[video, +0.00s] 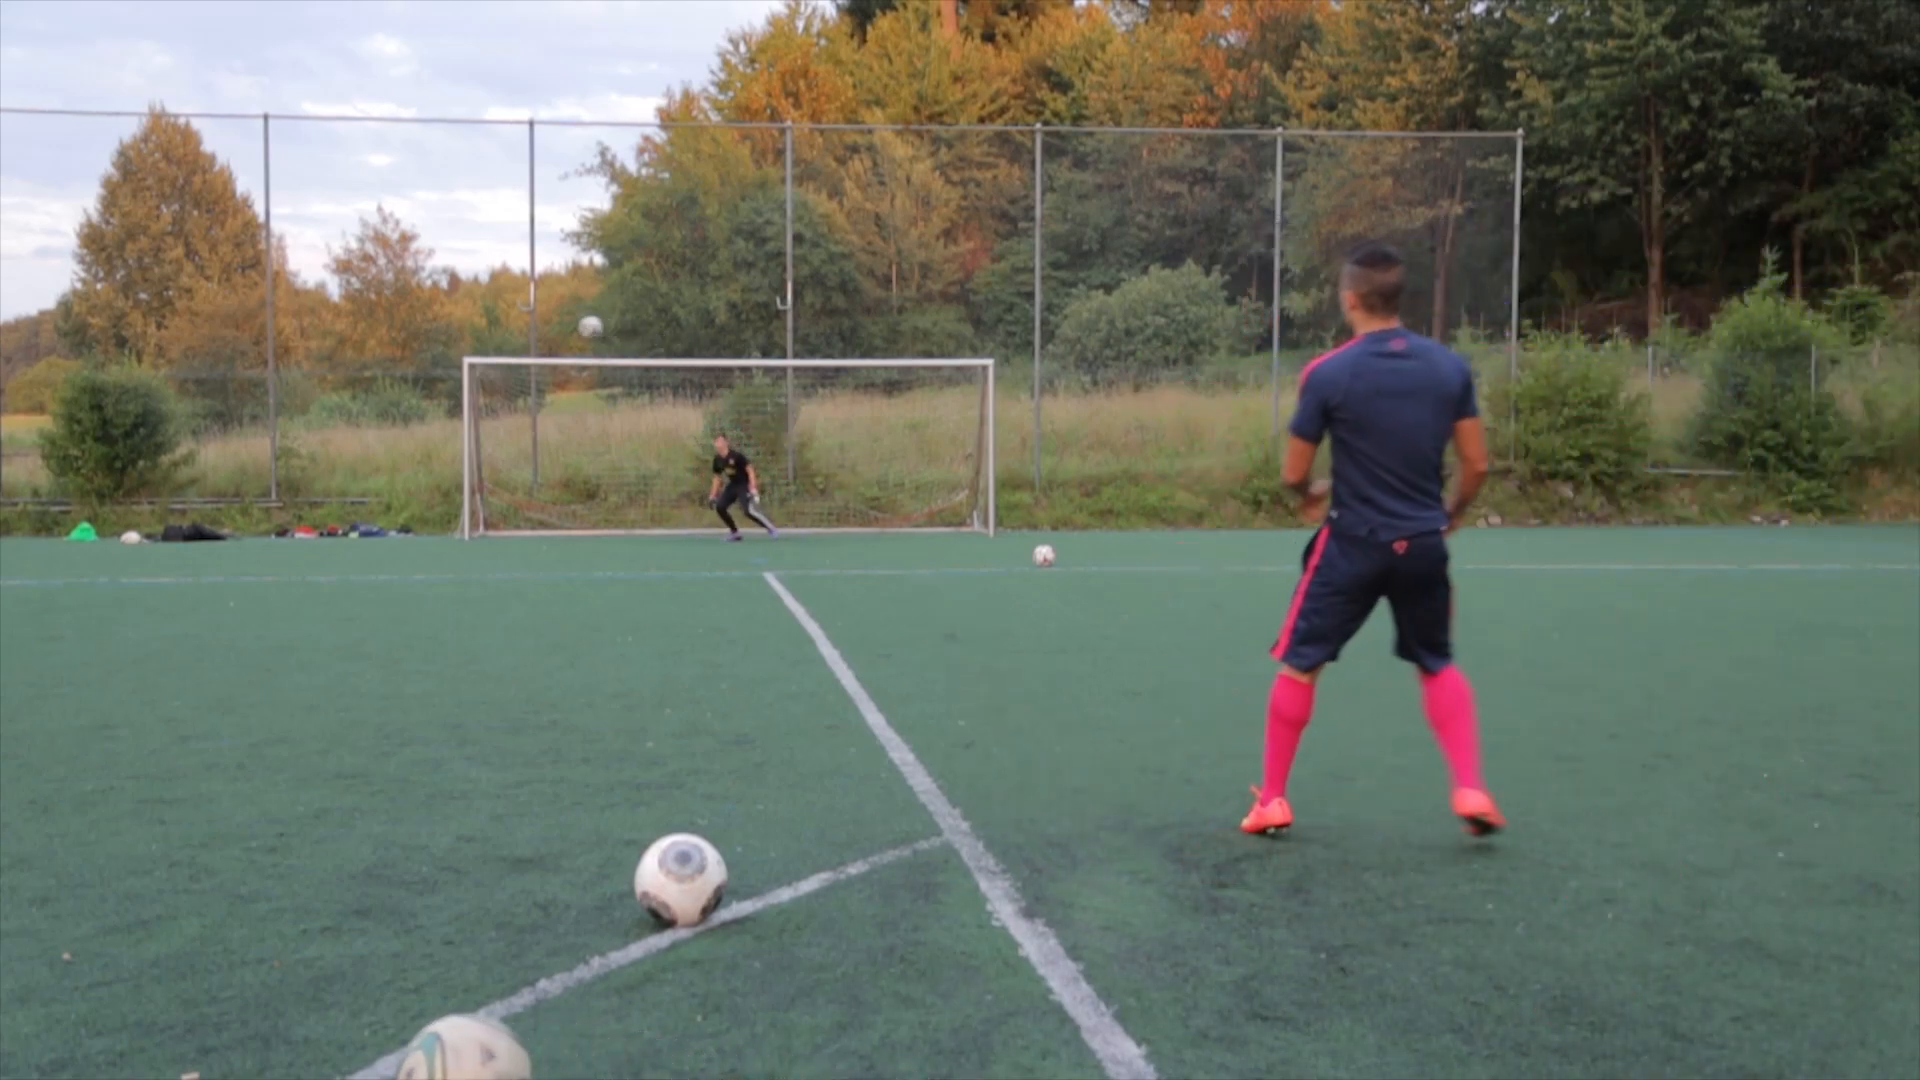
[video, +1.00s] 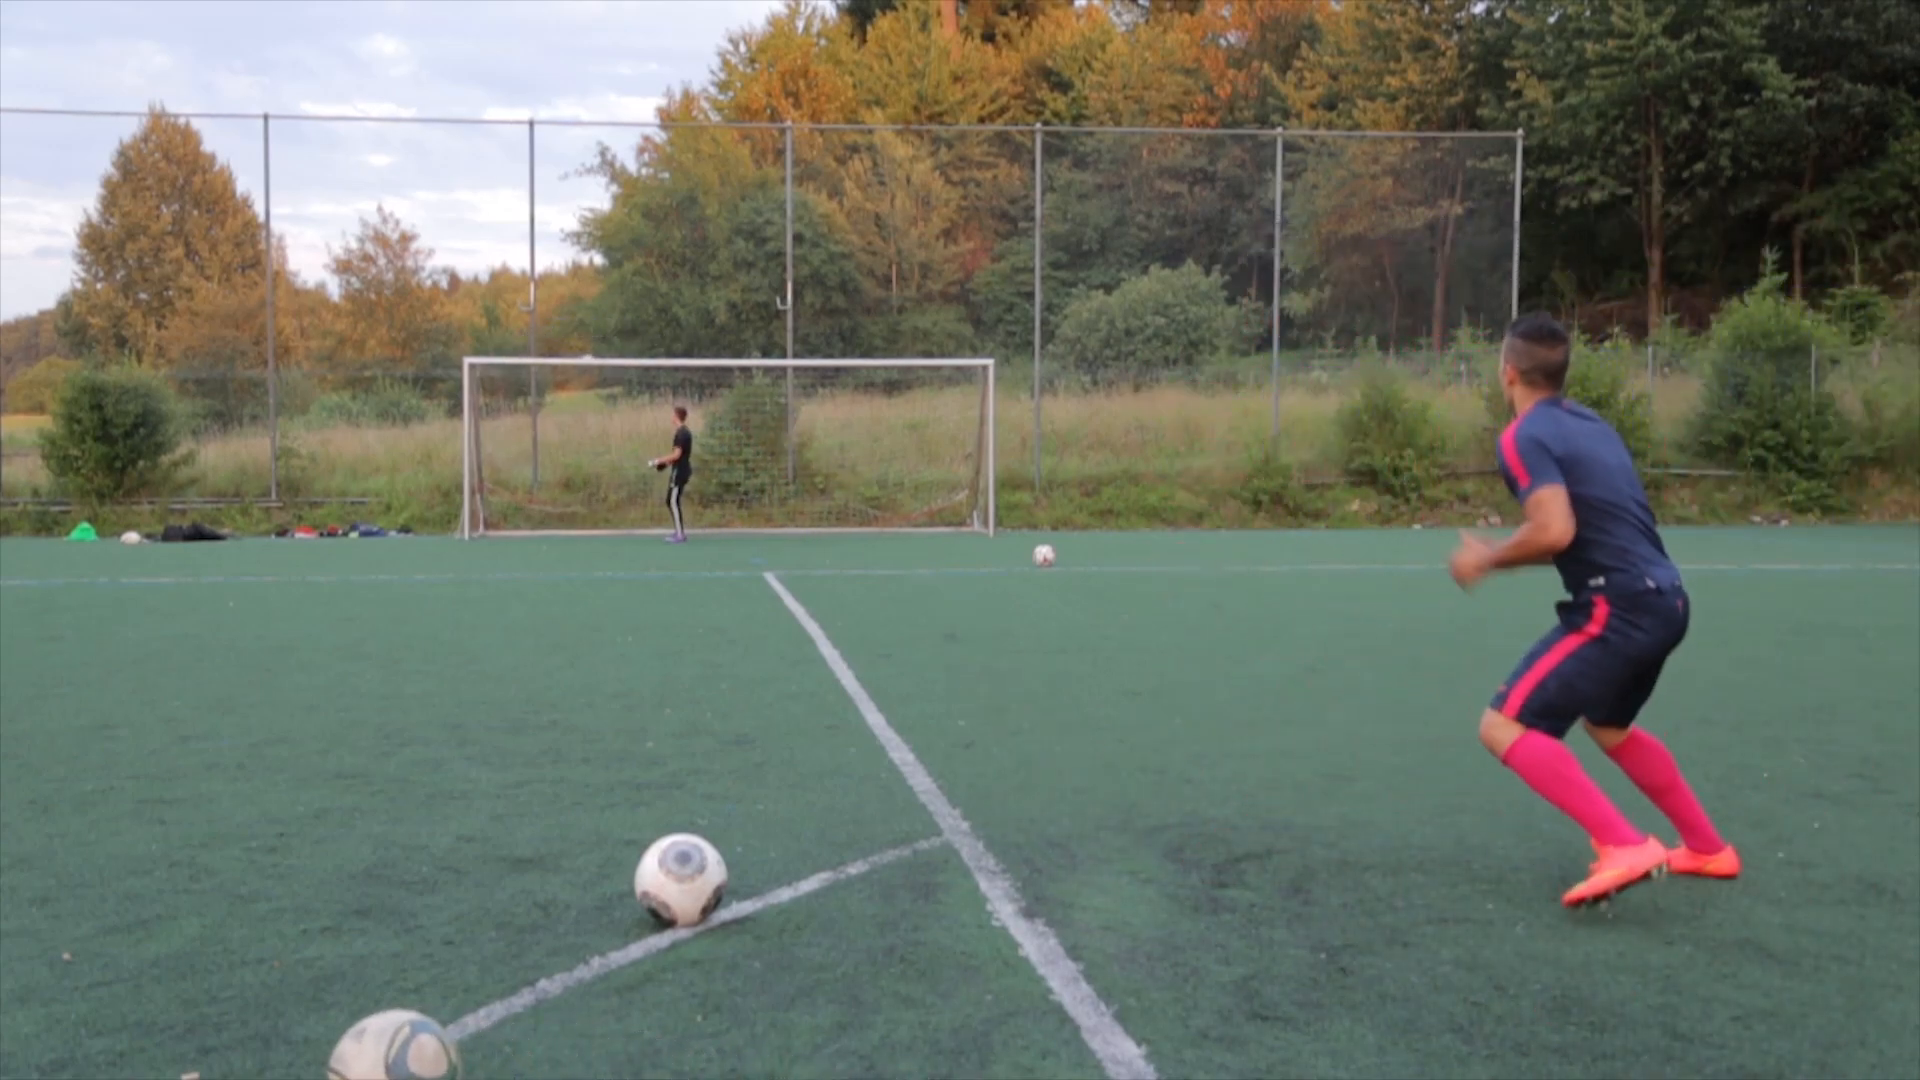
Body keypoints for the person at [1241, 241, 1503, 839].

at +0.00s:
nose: (1341, 303)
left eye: (1342, 297)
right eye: (1346, 295)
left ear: (1349, 301)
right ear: (1400, 298)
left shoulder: (1328, 373)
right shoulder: (1449, 368)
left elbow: (1295, 475)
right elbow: (1475, 465)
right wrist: (1450, 515)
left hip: (1351, 546)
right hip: (1424, 546)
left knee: (1300, 662)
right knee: (1436, 661)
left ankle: (1272, 797)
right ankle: (1470, 788)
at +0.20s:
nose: (1423, 296)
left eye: (1423, 289)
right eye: (1428, 289)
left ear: (1430, 293)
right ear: (1481, 294)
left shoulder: (1402, 367)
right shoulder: (1527, 365)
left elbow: (1367, 467)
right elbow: (1563, 462)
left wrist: (1400, 458)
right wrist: (1558, 516)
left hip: (1421, 546)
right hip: (1497, 550)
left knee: (1363, 666)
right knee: (1512, 683)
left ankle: (1326, 801)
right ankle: (1531, 829)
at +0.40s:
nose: (1476, 288)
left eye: (1477, 280)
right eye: (1484, 281)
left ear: (1481, 284)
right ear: (1535, 285)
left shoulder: (1451, 358)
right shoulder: (1578, 358)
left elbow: (1423, 468)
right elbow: (1613, 460)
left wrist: (1438, 497)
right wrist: (1609, 518)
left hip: (1468, 543)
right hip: (1540, 547)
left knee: (1429, 669)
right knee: (1537, 686)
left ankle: (1466, 788)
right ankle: (1536, 832)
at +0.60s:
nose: (1509, 286)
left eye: (1510, 278)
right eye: (1517, 278)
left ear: (1515, 283)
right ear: (1570, 287)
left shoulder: (1485, 359)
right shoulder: (1610, 361)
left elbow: (1457, 469)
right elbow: (1641, 465)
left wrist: (1447, 511)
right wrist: (1623, 527)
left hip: (1508, 544)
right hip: (1576, 546)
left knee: (1495, 685)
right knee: (1557, 689)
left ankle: (1592, 819)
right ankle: (1541, 830)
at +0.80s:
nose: (1505, 317)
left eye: (1506, 309)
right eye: (1510, 308)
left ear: (1512, 314)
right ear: (1568, 314)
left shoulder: (1509, 376)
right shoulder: (1605, 372)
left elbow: (1529, 463)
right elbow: (1661, 466)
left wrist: (1494, 523)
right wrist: (1621, 529)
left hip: (1574, 556)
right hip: (1628, 554)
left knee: (1509, 704)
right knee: (1582, 679)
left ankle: (1609, 842)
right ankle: (1662, 801)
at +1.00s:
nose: (1498, 371)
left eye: (1500, 363)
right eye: (1500, 363)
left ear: (1508, 371)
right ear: (1562, 373)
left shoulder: (1524, 434)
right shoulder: (1592, 424)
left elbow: (1553, 529)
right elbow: (1606, 527)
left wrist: (1487, 556)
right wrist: (1510, 551)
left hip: (1617, 605)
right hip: (1664, 603)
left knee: (1505, 728)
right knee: (1610, 725)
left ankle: (1623, 846)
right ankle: (1708, 848)